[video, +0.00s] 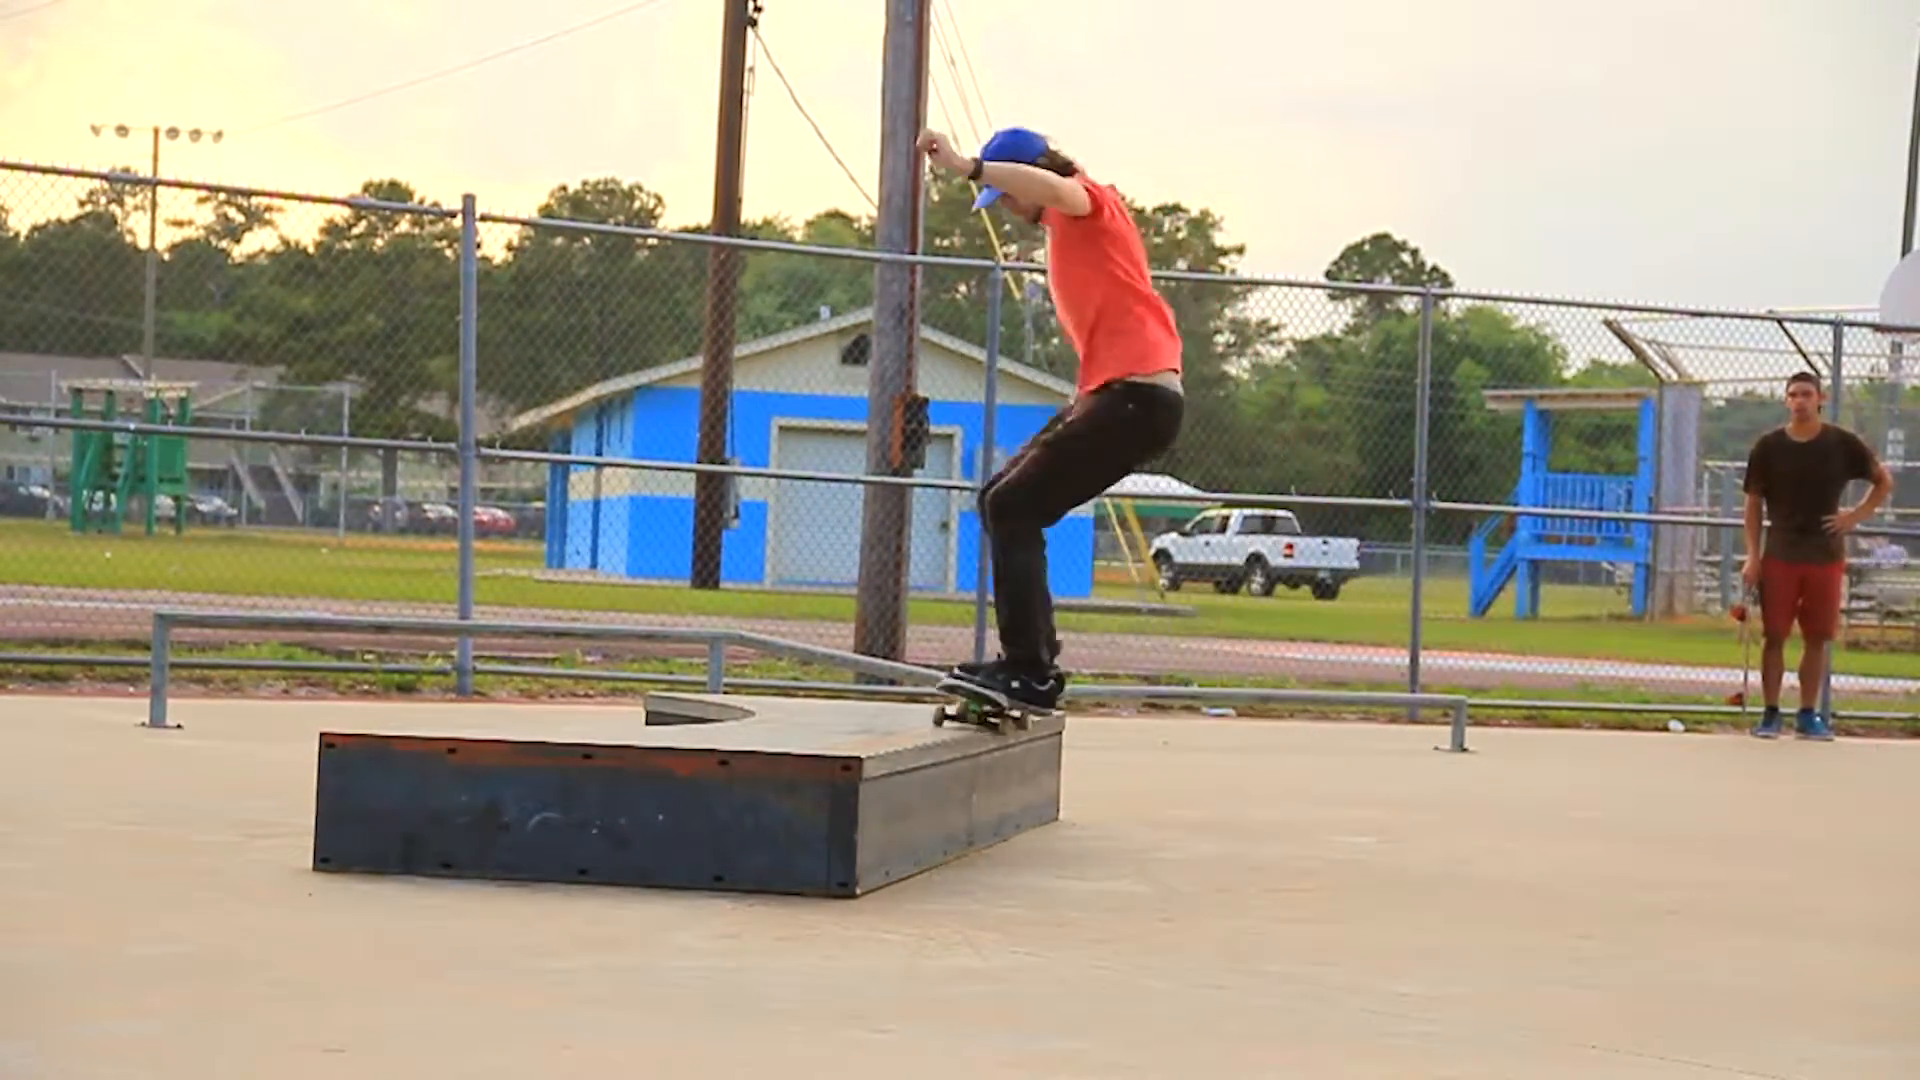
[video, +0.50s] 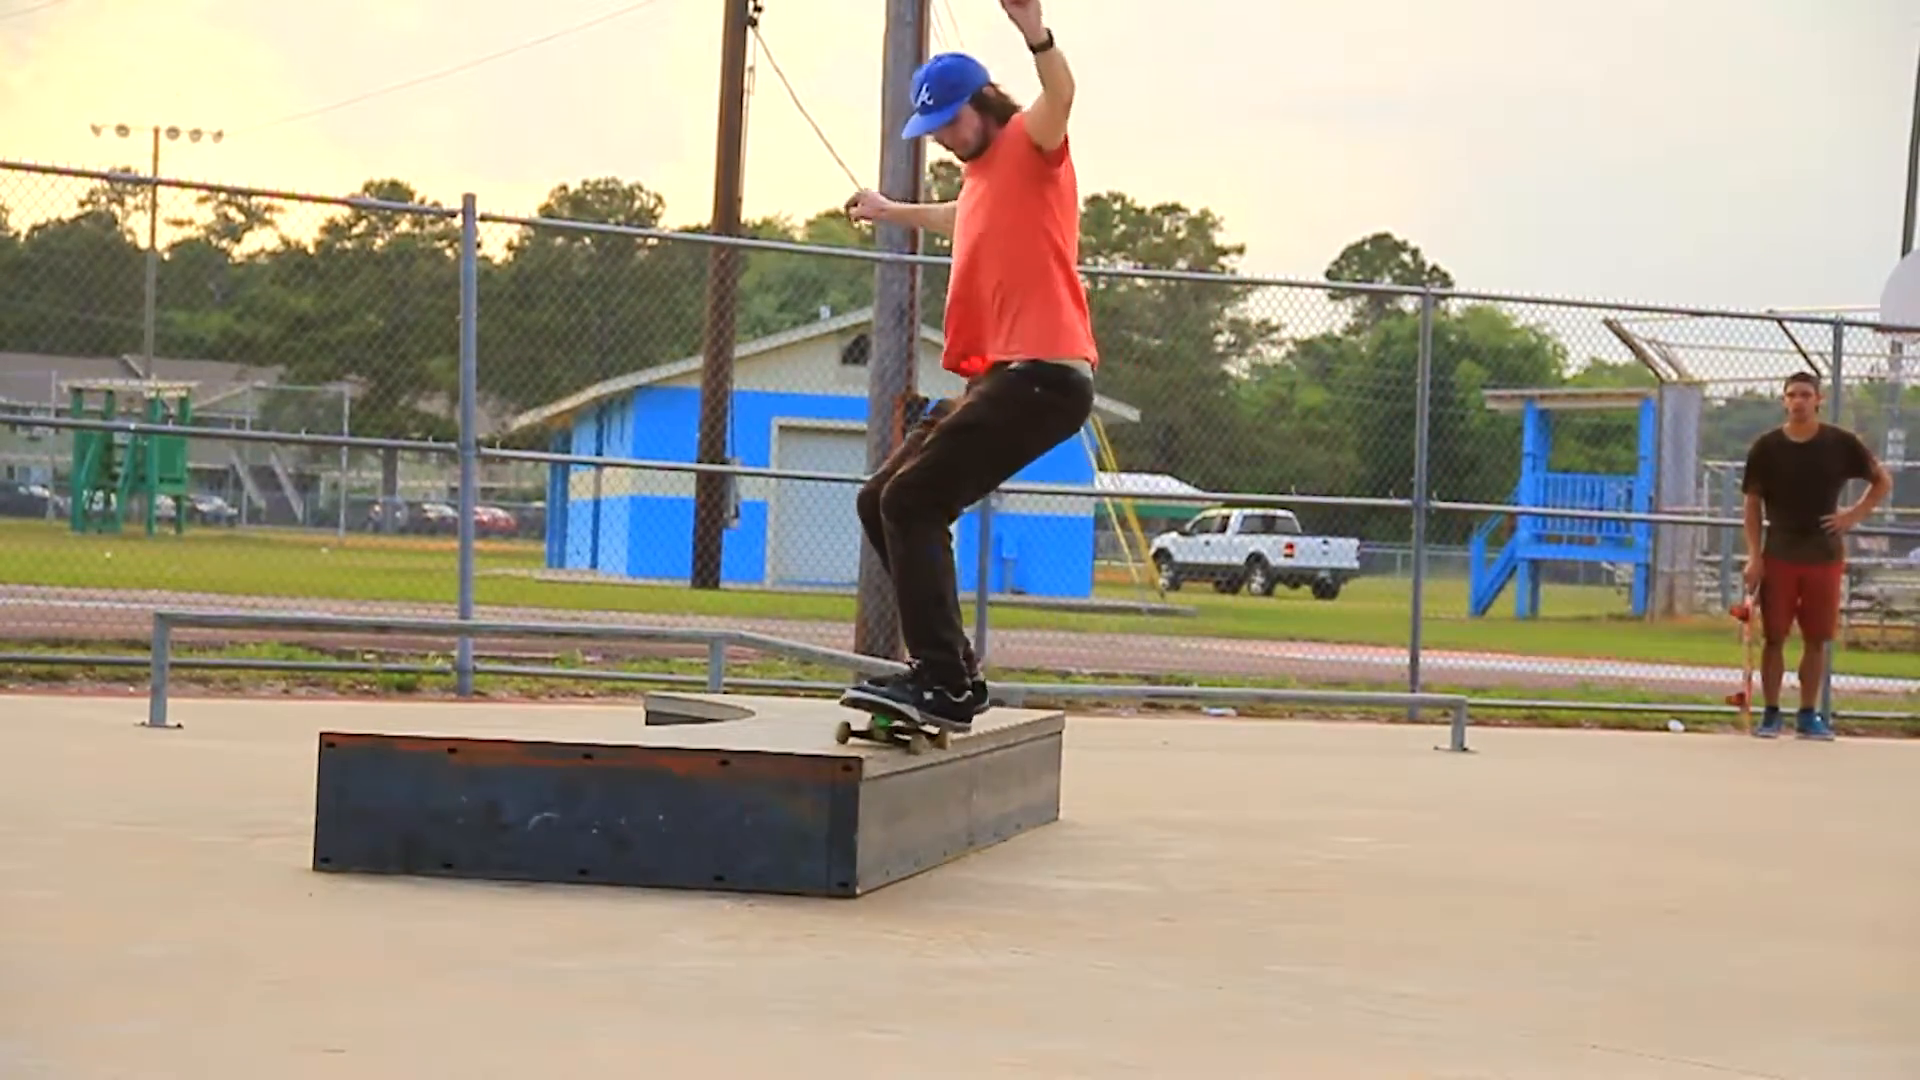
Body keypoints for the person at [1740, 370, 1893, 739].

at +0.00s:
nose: (1799, 402)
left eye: (1805, 395)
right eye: (1793, 395)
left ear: (1820, 399)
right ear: (1786, 401)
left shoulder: (1843, 443)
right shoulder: (1767, 447)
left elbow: (1884, 481)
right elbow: (1753, 503)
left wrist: (1856, 515)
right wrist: (1752, 554)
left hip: (1824, 556)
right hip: (1779, 553)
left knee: (1817, 639)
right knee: (1774, 637)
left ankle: (1808, 714)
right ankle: (1770, 713)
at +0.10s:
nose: (1798, 402)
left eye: (1805, 395)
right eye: (1793, 396)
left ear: (1820, 399)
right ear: (1784, 401)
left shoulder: (1842, 444)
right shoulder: (1766, 447)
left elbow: (1885, 481)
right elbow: (1752, 503)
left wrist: (1856, 515)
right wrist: (1752, 555)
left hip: (1824, 555)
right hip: (1779, 553)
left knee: (1817, 639)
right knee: (1773, 637)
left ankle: (1807, 714)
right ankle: (1770, 712)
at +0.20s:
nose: (1798, 402)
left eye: (1805, 395)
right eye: (1793, 396)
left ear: (1820, 400)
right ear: (1785, 401)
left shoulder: (1842, 444)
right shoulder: (1766, 447)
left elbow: (1884, 481)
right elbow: (1753, 503)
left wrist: (1856, 515)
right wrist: (1753, 554)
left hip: (1823, 556)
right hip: (1779, 554)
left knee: (1817, 640)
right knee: (1773, 638)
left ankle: (1808, 715)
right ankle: (1770, 713)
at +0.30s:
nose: (1798, 402)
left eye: (1805, 396)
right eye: (1793, 396)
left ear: (1819, 400)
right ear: (1784, 401)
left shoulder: (1842, 444)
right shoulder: (1766, 447)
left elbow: (1884, 481)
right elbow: (1752, 504)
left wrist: (1855, 514)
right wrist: (1754, 555)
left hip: (1823, 556)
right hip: (1779, 553)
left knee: (1816, 640)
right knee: (1773, 638)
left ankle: (1807, 715)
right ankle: (1770, 712)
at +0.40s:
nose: (1799, 402)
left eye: (1805, 396)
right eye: (1793, 396)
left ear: (1819, 400)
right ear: (1784, 401)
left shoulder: (1842, 444)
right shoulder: (1765, 448)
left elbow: (1883, 480)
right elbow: (1752, 504)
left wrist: (1854, 514)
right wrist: (1755, 555)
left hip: (1823, 555)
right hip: (1779, 553)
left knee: (1816, 640)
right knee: (1774, 638)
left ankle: (1807, 714)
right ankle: (1770, 712)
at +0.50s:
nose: (1798, 402)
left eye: (1805, 396)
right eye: (1792, 396)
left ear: (1818, 400)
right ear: (1783, 401)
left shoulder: (1841, 443)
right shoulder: (1765, 448)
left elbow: (1883, 481)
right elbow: (1752, 504)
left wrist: (1854, 514)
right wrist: (1754, 555)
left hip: (1823, 555)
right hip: (1778, 553)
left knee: (1816, 640)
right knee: (1774, 638)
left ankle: (1807, 714)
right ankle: (1770, 712)